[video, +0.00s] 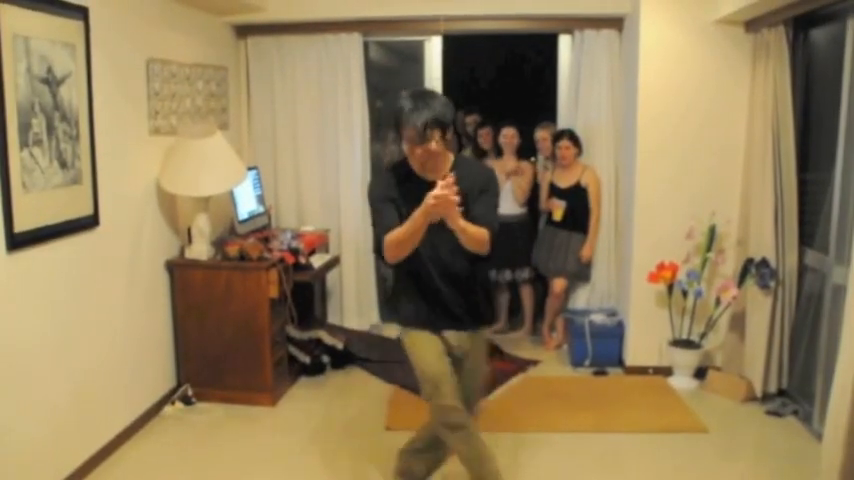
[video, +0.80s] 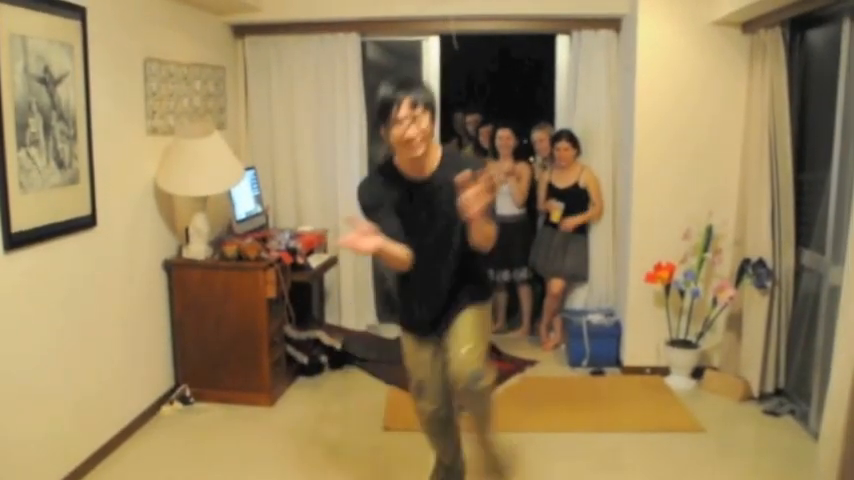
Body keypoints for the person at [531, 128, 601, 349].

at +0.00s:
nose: (563, 152)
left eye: (568, 147)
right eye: (559, 148)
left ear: (577, 150)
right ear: (554, 151)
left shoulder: (588, 175)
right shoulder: (549, 176)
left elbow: (594, 211)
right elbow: (541, 205)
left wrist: (589, 243)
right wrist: (550, 205)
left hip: (575, 234)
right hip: (552, 232)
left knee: (559, 286)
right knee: (555, 288)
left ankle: (546, 326)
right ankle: (560, 331)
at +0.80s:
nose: (561, 154)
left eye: (566, 149)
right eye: (558, 149)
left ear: (576, 151)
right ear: (552, 152)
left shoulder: (586, 175)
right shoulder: (547, 176)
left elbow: (597, 208)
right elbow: (540, 204)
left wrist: (576, 220)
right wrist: (548, 206)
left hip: (573, 233)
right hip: (550, 231)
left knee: (557, 287)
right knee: (552, 287)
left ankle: (544, 326)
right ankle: (557, 330)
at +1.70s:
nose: (569, 206)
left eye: (573, 202)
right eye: (566, 202)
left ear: (578, 197)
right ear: (556, 193)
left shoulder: (581, 203)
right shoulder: (541, 190)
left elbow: (584, 232)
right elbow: (528, 217)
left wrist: (582, 265)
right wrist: (541, 239)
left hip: (566, 238)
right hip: (539, 236)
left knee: (548, 283)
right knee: (540, 285)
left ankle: (551, 334)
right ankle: (548, 326)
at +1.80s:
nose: (565, 213)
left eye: (569, 210)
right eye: (562, 209)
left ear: (576, 204)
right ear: (555, 198)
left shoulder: (580, 208)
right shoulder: (542, 194)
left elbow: (582, 238)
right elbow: (526, 220)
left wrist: (583, 273)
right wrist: (540, 244)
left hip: (565, 240)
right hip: (538, 237)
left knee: (548, 284)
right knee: (540, 286)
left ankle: (551, 333)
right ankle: (550, 328)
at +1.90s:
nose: (562, 220)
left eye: (567, 217)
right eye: (560, 215)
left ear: (575, 212)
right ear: (554, 205)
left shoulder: (579, 215)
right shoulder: (540, 200)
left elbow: (582, 247)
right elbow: (524, 225)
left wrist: (583, 281)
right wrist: (538, 250)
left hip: (564, 242)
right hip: (538, 239)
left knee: (547, 283)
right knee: (538, 287)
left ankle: (550, 332)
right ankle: (550, 329)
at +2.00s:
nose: (562, 221)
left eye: (567, 219)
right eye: (560, 217)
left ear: (575, 213)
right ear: (554, 207)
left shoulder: (579, 216)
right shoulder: (541, 200)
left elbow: (581, 248)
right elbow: (524, 225)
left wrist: (583, 282)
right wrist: (538, 251)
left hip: (563, 241)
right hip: (537, 238)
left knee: (546, 282)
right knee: (537, 286)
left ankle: (550, 331)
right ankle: (550, 328)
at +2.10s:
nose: (563, 221)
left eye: (568, 218)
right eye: (561, 216)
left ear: (575, 212)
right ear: (553, 206)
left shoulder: (579, 215)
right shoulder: (541, 199)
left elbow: (581, 247)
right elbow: (524, 224)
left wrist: (583, 280)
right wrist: (538, 251)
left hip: (563, 240)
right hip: (538, 237)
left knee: (547, 282)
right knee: (538, 285)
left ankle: (550, 331)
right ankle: (549, 327)